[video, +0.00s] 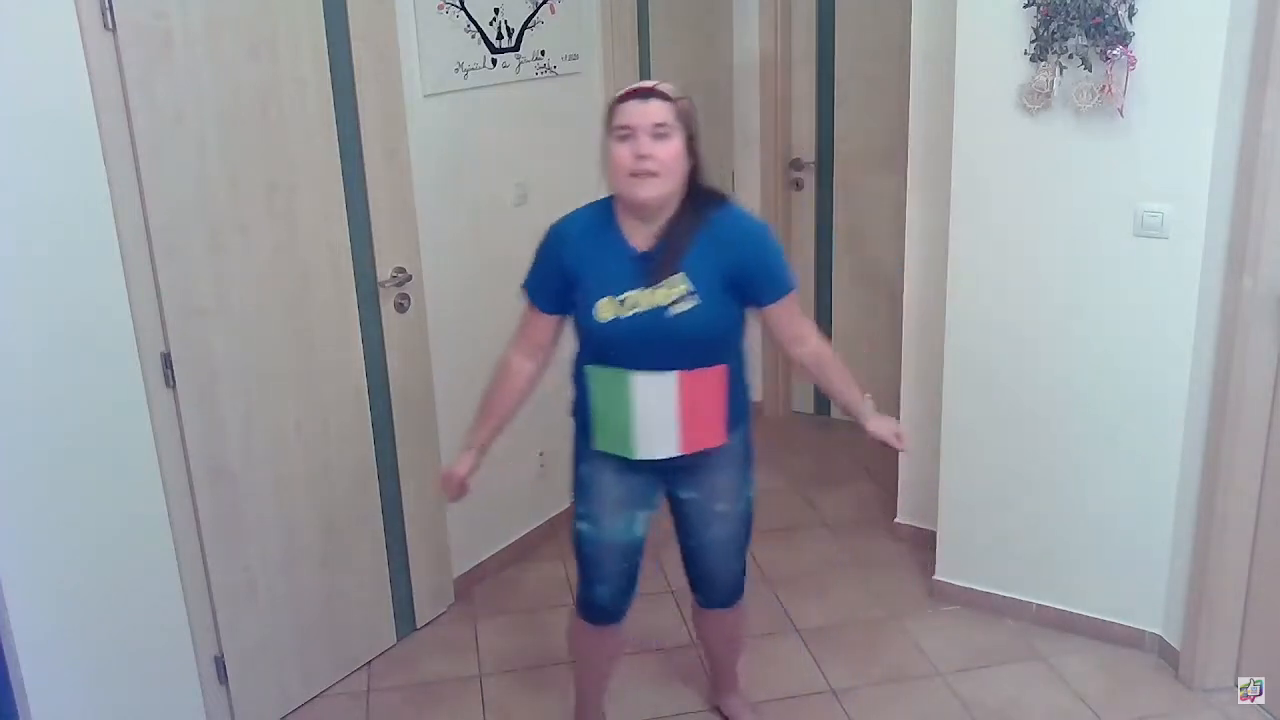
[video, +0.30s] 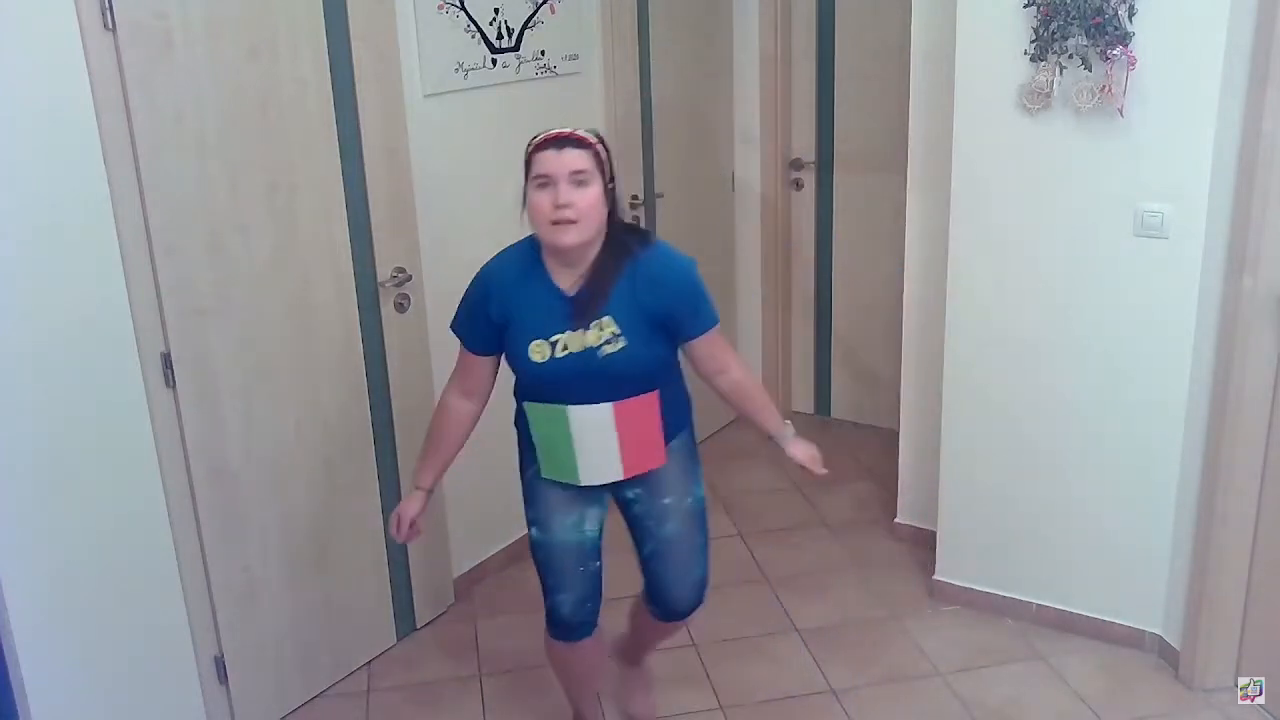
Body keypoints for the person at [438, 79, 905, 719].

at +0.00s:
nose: (642, 151)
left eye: (661, 135)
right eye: (626, 136)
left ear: (689, 153)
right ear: (607, 153)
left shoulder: (736, 236)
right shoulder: (572, 242)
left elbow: (799, 337)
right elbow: (528, 354)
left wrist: (866, 413)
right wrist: (472, 450)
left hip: (713, 446)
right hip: (610, 450)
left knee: (723, 592)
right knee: (600, 602)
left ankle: (727, 697)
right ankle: (589, 711)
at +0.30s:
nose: (561, 197)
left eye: (579, 181)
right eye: (544, 184)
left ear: (608, 194)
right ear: (526, 201)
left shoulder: (660, 272)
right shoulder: (500, 285)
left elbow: (722, 368)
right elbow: (464, 393)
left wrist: (785, 435)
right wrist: (421, 488)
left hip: (657, 450)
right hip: (555, 463)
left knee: (679, 596)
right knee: (570, 618)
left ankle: (629, 658)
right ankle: (588, 712)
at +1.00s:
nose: (574, 138)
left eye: (588, 123)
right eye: (557, 124)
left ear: (609, 133)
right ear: (536, 135)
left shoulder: (649, 201)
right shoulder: (513, 208)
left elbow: (711, 293)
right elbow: (471, 312)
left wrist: (716, 283)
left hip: (632, 409)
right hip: (546, 413)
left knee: (612, 538)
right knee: (568, 561)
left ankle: (601, 618)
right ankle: (580, 702)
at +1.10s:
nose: (582, 134)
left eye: (596, 119)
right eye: (566, 120)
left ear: (620, 128)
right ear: (547, 131)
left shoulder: (655, 186)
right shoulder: (523, 191)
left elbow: (717, 258)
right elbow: (514, 262)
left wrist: (659, 213)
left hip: (633, 394)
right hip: (546, 395)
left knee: (608, 535)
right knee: (556, 548)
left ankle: (600, 618)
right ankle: (579, 678)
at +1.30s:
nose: (595, 129)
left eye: (608, 114)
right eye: (579, 116)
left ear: (629, 122)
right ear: (558, 127)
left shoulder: (662, 182)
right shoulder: (537, 186)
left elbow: (716, 246)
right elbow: (550, 244)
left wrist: (643, 191)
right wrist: (615, 186)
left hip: (643, 391)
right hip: (555, 391)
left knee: (610, 534)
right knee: (559, 545)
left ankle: (600, 619)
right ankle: (577, 671)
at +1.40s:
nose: (606, 121)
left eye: (619, 108)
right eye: (590, 109)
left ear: (640, 117)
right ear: (570, 121)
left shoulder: (670, 177)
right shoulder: (544, 182)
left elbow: (716, 235)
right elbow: (542, 236)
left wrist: (639, 176)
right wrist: (610, 170)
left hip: (652, 385)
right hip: (567, 386)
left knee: (623, 527)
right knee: (595, 536)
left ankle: (597, 622)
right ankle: (606, 659)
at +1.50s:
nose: (611, 117)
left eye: (625, 105)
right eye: (596, 106)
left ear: (647, 114)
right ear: (577, 116)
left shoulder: (676, 173)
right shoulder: (552, 177)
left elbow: (715, 229)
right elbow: (536, 227)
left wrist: (634, 171)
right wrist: (606, 163)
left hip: (658, 382)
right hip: (575, 383)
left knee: (621, 521)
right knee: (625, 532)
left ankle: (598, 616)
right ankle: (635, 670)